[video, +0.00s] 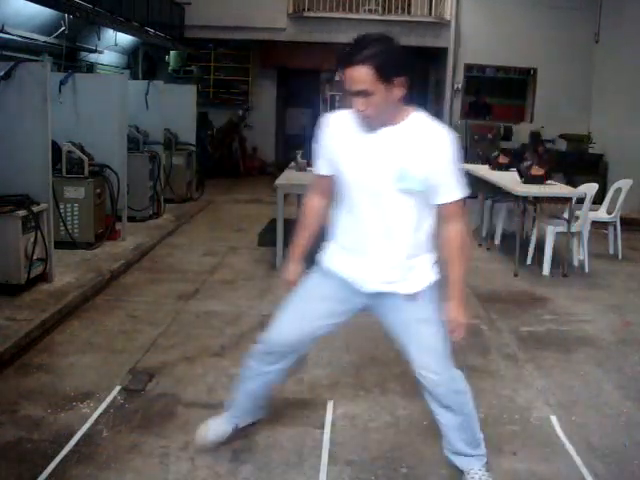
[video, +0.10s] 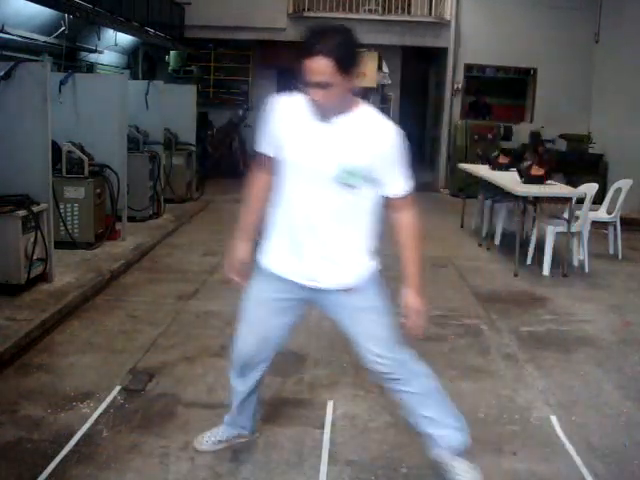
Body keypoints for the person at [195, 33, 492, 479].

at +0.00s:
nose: (356, 105)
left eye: (365, 95)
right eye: (350, 94)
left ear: (398, 88)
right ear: (344, 88)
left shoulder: (435, 140)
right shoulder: (335, 126)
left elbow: (453, 221)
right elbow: (318, 194)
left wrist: (456, 298)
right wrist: (295, 258)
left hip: (407, 284)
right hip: (338, 273)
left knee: (438, 375)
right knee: (276, 342)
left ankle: (473, 465)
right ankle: (238, 414)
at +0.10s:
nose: (312, 95)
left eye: (323, 85)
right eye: (308, 84)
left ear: (352, 80)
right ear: (301, 76)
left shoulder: (382, 135)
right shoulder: (281, 112)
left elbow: (404, 209)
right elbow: (262, 172)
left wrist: (412, 287)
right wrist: (243, 241)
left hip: (350, 278)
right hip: (279, 269)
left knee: (388, 361)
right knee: (246, 353)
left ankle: (450, 449)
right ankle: (239, 425)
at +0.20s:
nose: (272, 80)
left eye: (282, 71)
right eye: (265, 70)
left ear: (310, 64)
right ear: (256, 62)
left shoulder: (340, 116)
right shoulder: (237, 95)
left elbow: (360, 184)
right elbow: (213, 151)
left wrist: (364, 259)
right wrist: (195, 216)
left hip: (300, 257)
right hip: (236, 245)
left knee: (302, 350)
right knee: (205, 329)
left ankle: (333, 433)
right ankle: (223, 410)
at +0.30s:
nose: (233, 91)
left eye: (243, 81)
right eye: (225, 81)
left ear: (268, 71)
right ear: (215, 70)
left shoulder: (300, 115)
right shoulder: (196, 101)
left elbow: (324, 173)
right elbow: (175, 154)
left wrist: (317, 245)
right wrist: (154, 217)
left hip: (259, 255)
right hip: (199, 240)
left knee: (227, 353)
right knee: (154, 321)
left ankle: (203, 426)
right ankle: (158, 387)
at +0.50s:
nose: (177, 146)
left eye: (187, 135)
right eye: (168, 135)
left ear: (202, 123)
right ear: (153, 122)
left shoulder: (226, 166)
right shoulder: (124, 147)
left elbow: (237, 227)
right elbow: (105, 202)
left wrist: (232, 289)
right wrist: (82, 268)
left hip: (185, 289)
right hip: (123, 279)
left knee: (178, 373)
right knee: (82, 357)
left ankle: (179, 428)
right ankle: (58, 417)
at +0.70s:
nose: (182, 125)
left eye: (191, 113)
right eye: (171, 115)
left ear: (206, 98)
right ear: (155, 103)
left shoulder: (234, 140)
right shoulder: (126, 133)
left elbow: (241, 198)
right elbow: (108, 191)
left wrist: (231, 261)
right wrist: (83, 256)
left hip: (199, 274)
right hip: (133, 267)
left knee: (200, 368)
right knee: (95, 345)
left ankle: (167, 442)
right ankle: (59, 414)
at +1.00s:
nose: (295, 129)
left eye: (303, 119)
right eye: (284, 120)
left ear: (313, 109)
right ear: (256, 106)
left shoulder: (326, 152)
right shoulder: (216, 140)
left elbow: (337, 220)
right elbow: (183, 200)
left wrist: (341, 291)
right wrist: (163, 272)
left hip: (297, 281)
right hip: (224, 280)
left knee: (341, 368)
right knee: (189, 374)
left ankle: (376, 446)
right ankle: (150, 460)